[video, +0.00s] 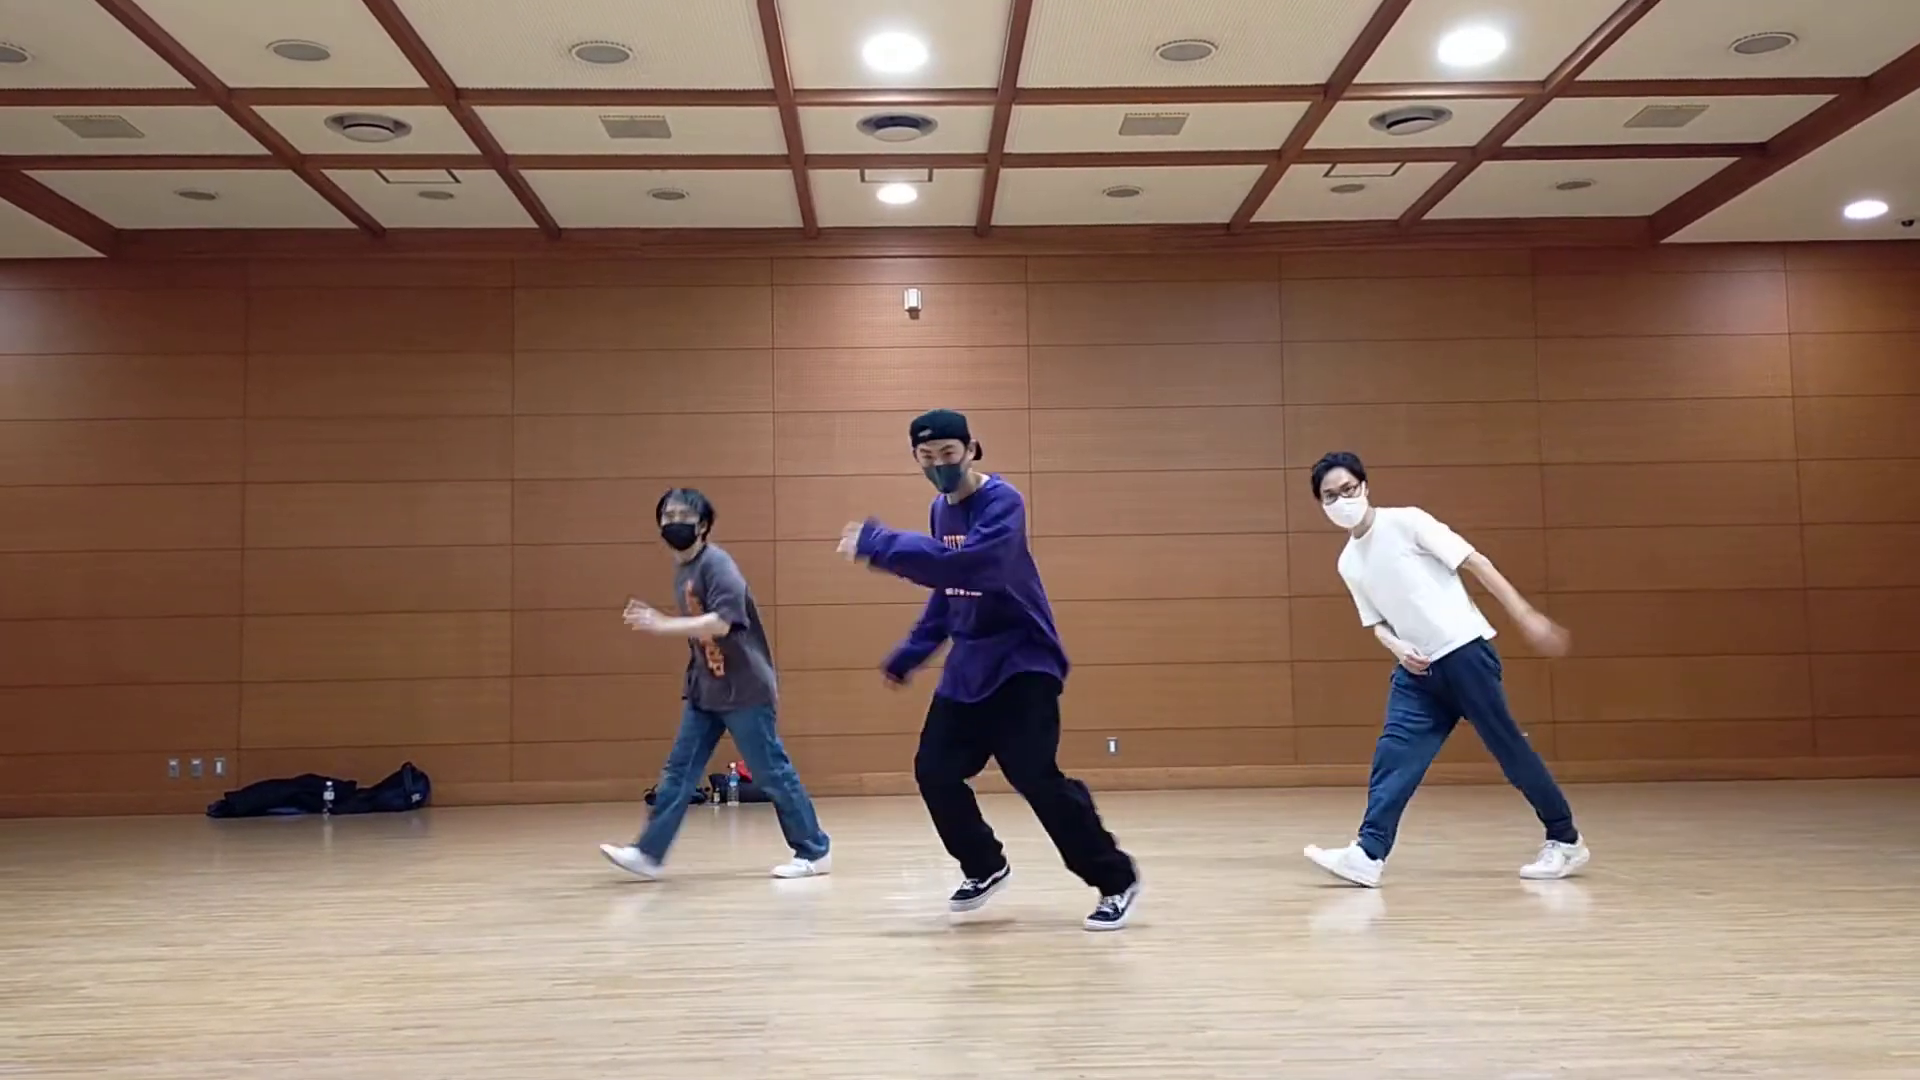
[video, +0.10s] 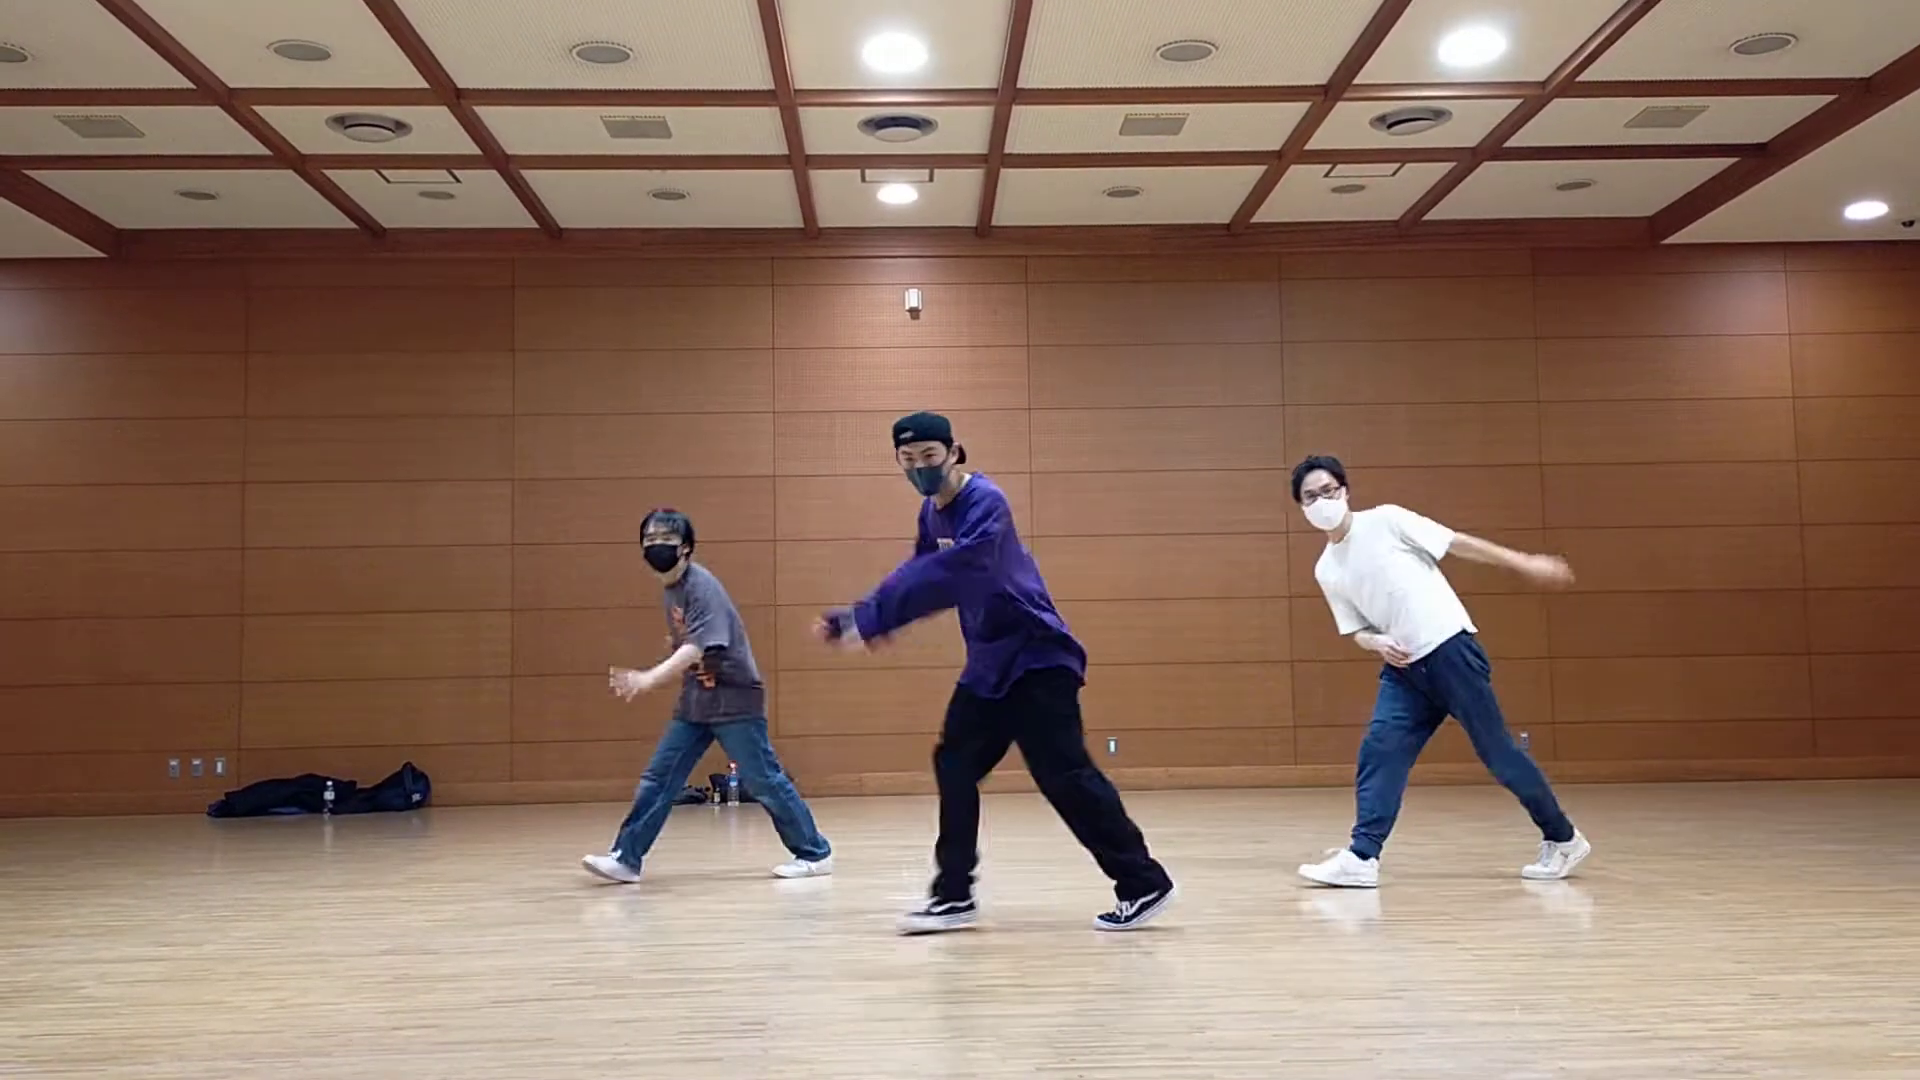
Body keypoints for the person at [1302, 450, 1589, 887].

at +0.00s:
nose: (1342, 501)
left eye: (1349, 489)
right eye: (1331, 496)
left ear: (1365, 488)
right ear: (1322, 506)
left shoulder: (1406, 522)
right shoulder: (1348, 563)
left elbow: (1474, 561)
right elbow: (1376, 624)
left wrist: (1525, 614)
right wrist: (1398, 648)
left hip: (1463, 653)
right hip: (1417, 670)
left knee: (1509, 748)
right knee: (1395, 753)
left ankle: (1566, 841)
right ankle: (1368, 855)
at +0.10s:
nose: (1323, 500)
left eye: (1329, 490)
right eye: (1311, 496)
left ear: (1345, 491)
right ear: (1302, 508)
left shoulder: (1386, 520)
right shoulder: (1327, 570)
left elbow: (1457, 544)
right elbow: (1357, 631)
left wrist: (1526, 564)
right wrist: (1377, 643)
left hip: (1450, 650)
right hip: (1405, 671)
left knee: (1499, 753)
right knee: (1381, 752)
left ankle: (1565, 840)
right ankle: (1362, 858)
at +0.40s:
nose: (1290, 471)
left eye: (1296, 462)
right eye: (1279, 467)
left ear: (1310, 466)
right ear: (1265, 479)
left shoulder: (1348, 501)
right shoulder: (1266, 545)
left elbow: (1409, 529)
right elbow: (1279, 621)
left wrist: (1479, 540)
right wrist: (1286, 600)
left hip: (1371, 643)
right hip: (1316, 656)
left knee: (1381, 745)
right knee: (1315, 748)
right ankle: (1357, 854)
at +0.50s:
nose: (1290, 473)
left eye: (1296, 464)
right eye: (1279, 468)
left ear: (1308, 467)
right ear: (1263, 478)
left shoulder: (1338, 505)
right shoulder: (1259, 535)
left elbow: (1381, 556)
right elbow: (1254, 604)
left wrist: (1441, 575)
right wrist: (1249, 560)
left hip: (1344, 644)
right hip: (1293, 649)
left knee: (1328, 760)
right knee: (1302, 747)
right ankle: (1343, 851)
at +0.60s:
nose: (1293, 483)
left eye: (1301, 474)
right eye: (1283, 475)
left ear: (1311, 477)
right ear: (1265, 479)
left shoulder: (1327, 523)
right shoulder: (1252, 535)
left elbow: (1352, 583)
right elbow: (1233, 582)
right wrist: (1233, 518)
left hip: (1323, 656)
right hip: (1274, 656)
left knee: (1287, 754)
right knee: (1290, 741)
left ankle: (1231, 842)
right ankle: (1281, 840)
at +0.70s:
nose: (1297, 474)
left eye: (1306, 467)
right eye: (1289, 464)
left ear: (1314, 473)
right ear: (1269, 464)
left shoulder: (1314, 521)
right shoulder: (1242, 517)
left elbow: (1317, 590)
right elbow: (1226, 566)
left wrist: (1331, 637)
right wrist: (1247, 504)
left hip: (1309, 651)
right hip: (1265, 649)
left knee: (1300, 758)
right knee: (1271, 750)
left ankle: (1234, 840)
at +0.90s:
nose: (1330, 487)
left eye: (1339, 481)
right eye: (1323, 476)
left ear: (1343, 492)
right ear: (1300, 476)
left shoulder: (1313, 543)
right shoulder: (1270, 516)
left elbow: (1279, 612)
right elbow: (1216, 556)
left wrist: (1298, 666)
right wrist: (1244, 584)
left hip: (1272, 657)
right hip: (1232, 649)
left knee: (1324, 744)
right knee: (1212, 747)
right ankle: (1170, 851)